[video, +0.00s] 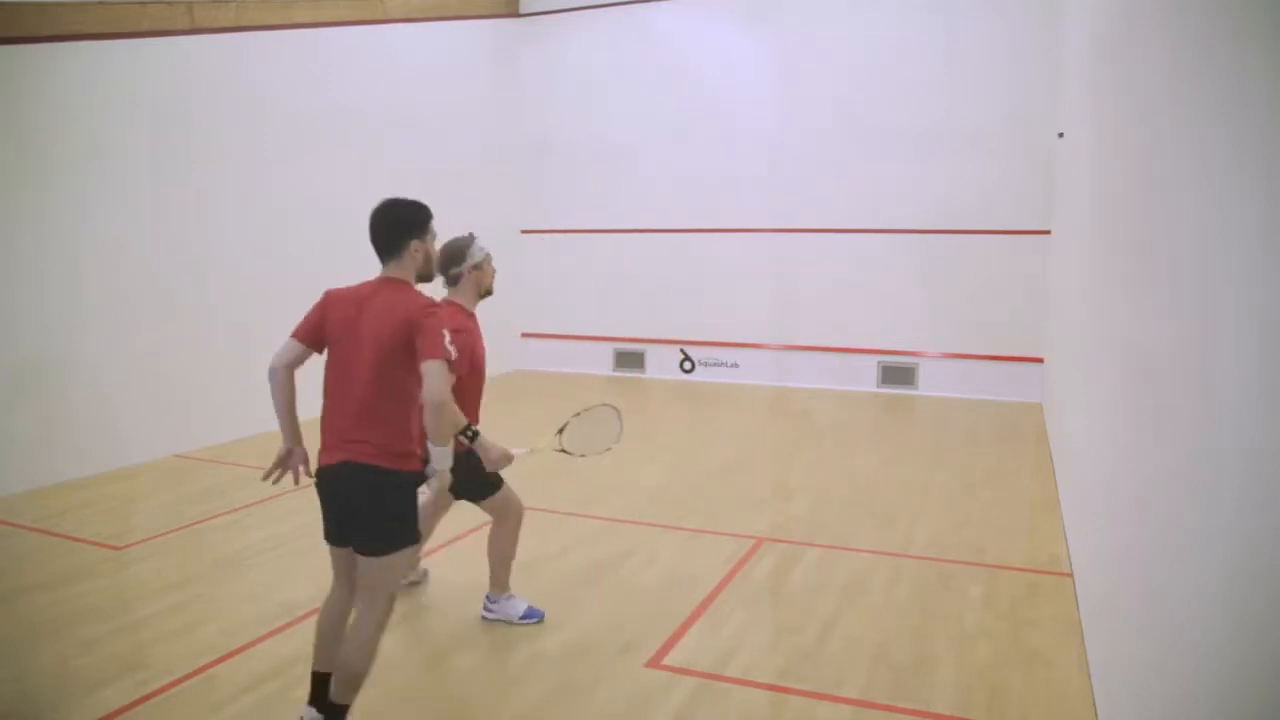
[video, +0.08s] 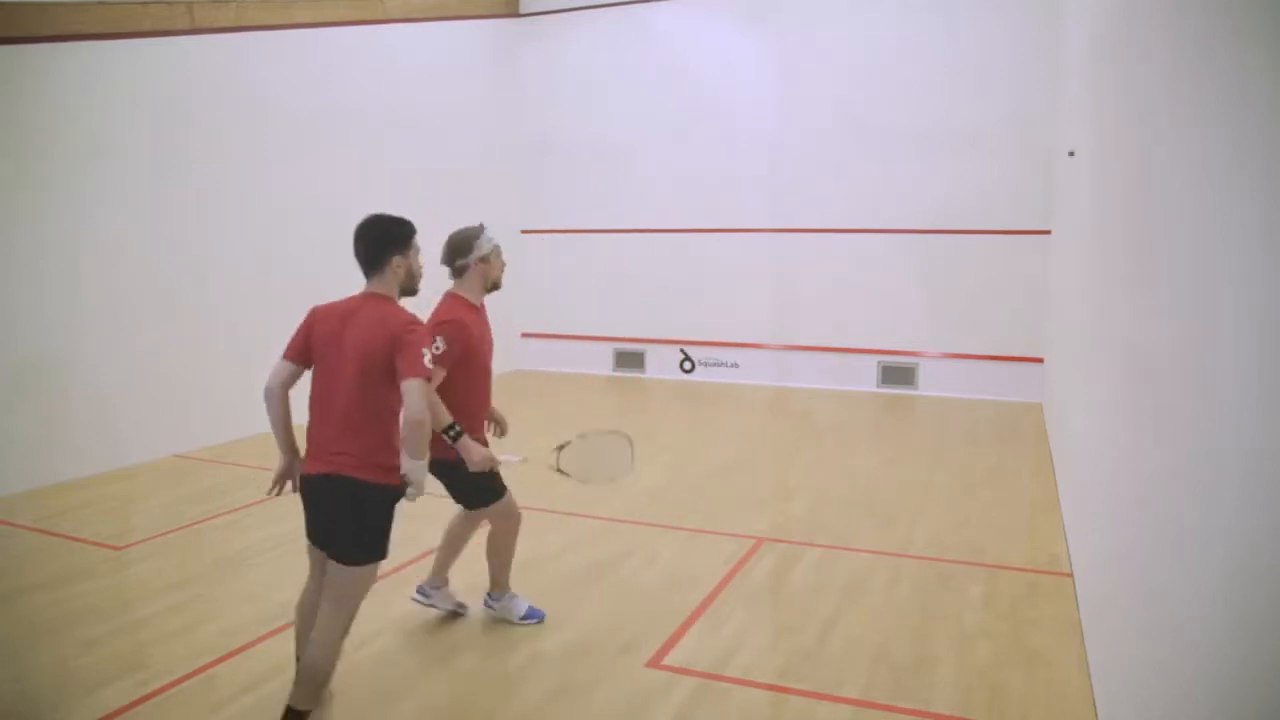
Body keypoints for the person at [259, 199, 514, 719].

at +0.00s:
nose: (437, 249)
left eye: (435, 239)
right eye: (433, 239)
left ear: (382, 247)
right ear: (416, 246)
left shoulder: (337, 302)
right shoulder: (422, 311)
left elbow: (281, 366)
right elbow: (436, 399)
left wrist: (291, 442)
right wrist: (441, 469)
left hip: (334, 472)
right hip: (387, 477)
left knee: (342, 589)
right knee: (374, 606)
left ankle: (319, 704)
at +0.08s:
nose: (420, 265)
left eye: (418, 254)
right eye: (415, 255)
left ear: (367, 262)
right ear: (398, 261)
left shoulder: (322, 317)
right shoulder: (406, 327)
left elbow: (276, 387)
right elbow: (417, 413)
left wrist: (288, 454)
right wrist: (416, 469)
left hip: (319, 476)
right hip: (366, 487)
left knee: (319, 584)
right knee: (335, 616)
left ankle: (306, 692)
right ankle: (297, 711)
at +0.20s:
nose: (405, 293)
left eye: (402, 283)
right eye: (399, 284)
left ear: (357, 294)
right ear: (376, 294)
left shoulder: (308, 345)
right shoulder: (386, 359)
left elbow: (273, 419)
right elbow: (391, 444)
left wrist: (294, 466)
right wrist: (390, 487)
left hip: (299, 494)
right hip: (347, 503)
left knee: (296, 577)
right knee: (310, 624)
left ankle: (291, 652)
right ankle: (280, 715)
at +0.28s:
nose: (401, 291)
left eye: (398, 281)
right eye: (394, 282)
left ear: (353, 290)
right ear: (368, 290)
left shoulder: (304, 335)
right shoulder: (378, 355)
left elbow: (269, 405)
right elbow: (374, 439)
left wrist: (291, 444)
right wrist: (381, 477)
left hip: (292, 482)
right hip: (339, 492)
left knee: (292, 559)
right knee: (318, 613)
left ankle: (285, 641)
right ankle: (282, 713)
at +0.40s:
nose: (400, 281)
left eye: (399, 271)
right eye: (393, 272)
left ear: (355, 278)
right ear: (366, 277)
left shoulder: (304, 317)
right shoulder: (371, 336)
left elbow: (271, 379)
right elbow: (362, 417)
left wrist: (303, 412)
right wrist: (378, 449)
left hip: (294, 464)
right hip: (340, 469)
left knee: (294, 550)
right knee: (356, 573)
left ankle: (286, 644)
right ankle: (300, 658)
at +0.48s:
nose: (402, 279)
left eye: (402, 269)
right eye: (395, 270)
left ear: (360, 273)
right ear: (366, 272)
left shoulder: (311, 310)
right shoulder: (370, 328)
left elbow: (280, 370)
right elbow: (359, 405)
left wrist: (315, 397)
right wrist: (380, 434)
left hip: (300, 455)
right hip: (346, 459)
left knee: (294, 546)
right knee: (379, 542)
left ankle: (286, 643)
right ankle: (324, 631)